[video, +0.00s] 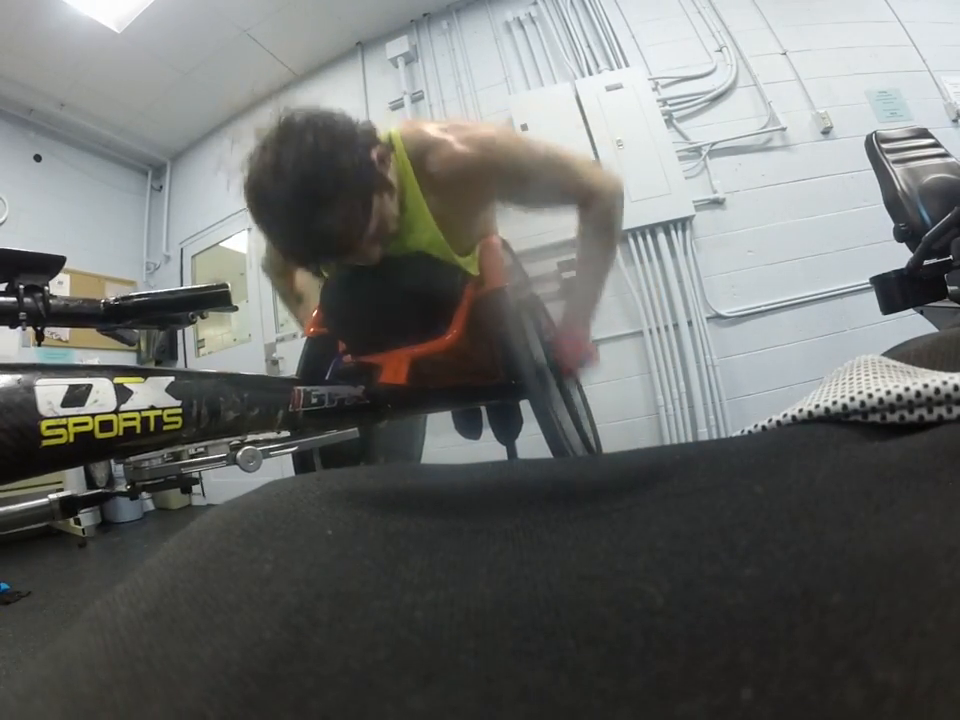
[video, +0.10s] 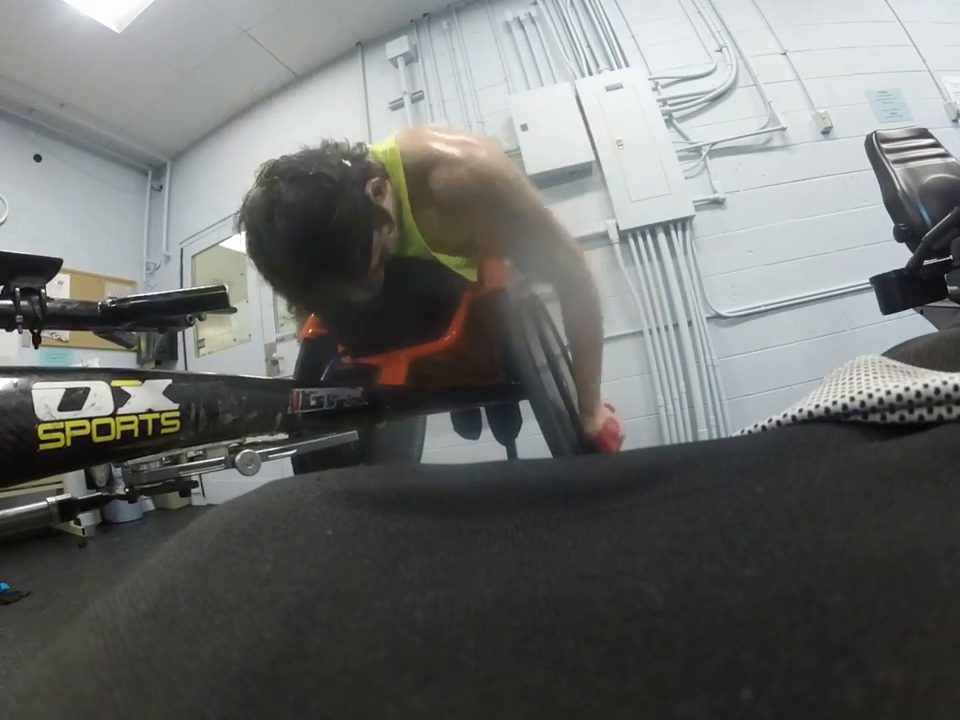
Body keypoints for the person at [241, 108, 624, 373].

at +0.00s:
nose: (370, 256)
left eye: (372, 231)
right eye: (343, 255)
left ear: (381, 165)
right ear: (306, 242)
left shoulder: (459, 159)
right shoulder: (299, 223)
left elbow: (601, 191)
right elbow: (280, 269)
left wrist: (576, 325)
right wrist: (316, 330)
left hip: (477, 310)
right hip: (380, 340)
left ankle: (491, 391)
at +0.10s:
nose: (368, 292)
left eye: (373, 271)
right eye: (347, 292)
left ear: (379, 196)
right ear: (297, 269)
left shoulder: (459, 179)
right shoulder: (302, 244)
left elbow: (573, 271)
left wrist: (591, 405)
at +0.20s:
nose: (372, 281)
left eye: (373, 257)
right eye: (351, 280)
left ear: (376, 187)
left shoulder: (458, 179)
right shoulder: (315, 230)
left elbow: (573, 272)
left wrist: (602, 365)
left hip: (490, 285)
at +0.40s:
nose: (342, 212)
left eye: (347, 181)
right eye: (315, 201)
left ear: (372, 122)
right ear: (289, 190)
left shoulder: (459, 155)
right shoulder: (298, 219)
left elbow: (588, 151)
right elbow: (337, 282)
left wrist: (600, 249)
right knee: (351, 301)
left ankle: (494, 388)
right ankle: (464, 391)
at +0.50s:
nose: (353, 237)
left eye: (359, 206)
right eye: (327, 224)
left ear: (378, 140)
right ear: (290, 217)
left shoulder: (465, 147)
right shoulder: (289, 212)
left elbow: (594, 133)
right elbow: (308, 271)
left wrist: (577, 254)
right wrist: (339, 319)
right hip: (378, 307)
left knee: (410, 282)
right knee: (348, 295)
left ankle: (488, 384)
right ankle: (453, 387)